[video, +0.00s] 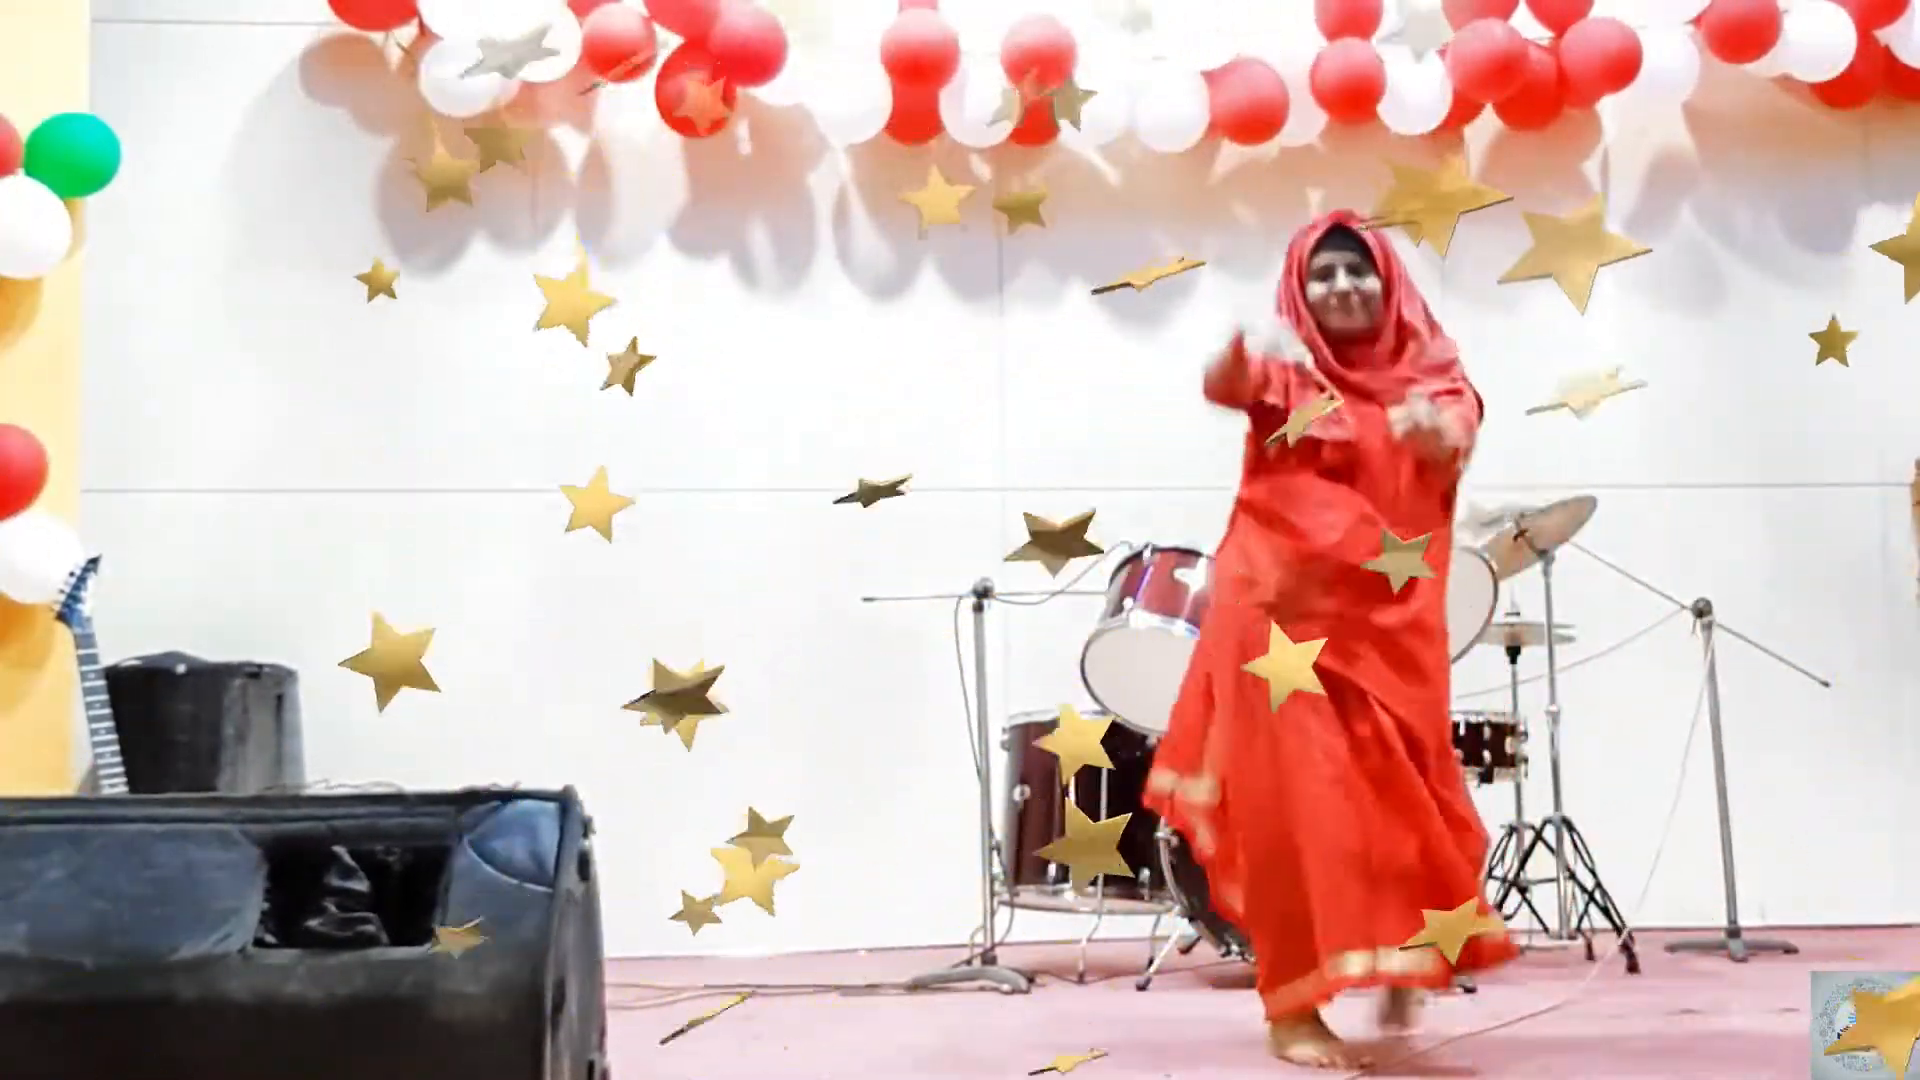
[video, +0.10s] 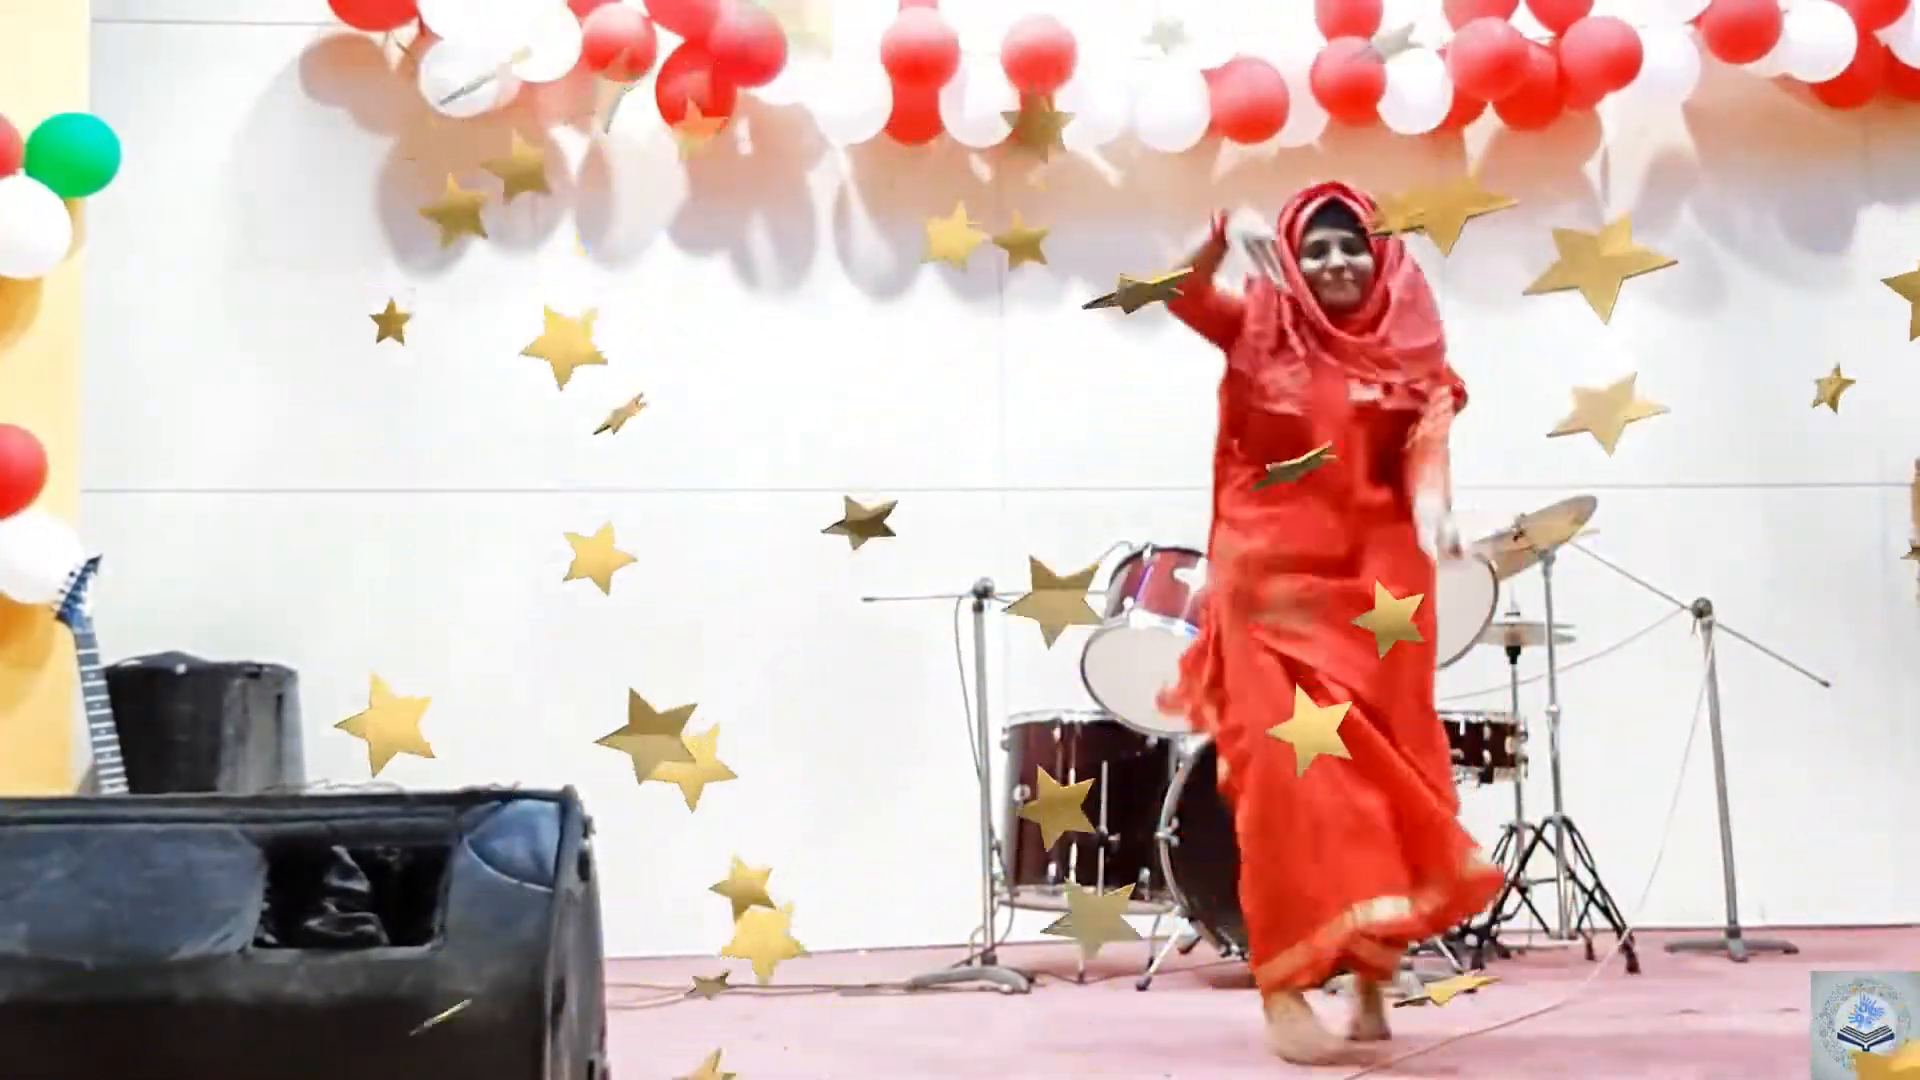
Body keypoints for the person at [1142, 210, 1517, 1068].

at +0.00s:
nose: (1344, 285)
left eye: (1358, 270)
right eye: (1325, 274)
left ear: (1388, 283)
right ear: (1300, 293)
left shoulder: (1434, 380)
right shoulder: (1288, 372)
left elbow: (1454, 428)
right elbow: (1231, 387)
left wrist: (1431, 429)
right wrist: (1235, 363)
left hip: (1388, 634)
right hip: (1280, 631)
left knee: (1394, 799)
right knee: (1294, 805)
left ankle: (1399, 980)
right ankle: (1293, 1008)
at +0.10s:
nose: (1337, 263)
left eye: (1351, 247)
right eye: (1318, 251)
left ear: (1376, 258)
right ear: (1292, 264)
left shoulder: (1409, 355)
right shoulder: (1259, 331)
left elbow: (1429, 449)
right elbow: (1185, 294)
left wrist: (1434, 509)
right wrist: (1216, 241)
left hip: (1376, 578)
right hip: (1268, 579)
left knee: (1379, 764)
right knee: (1280, 766)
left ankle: (1373, 977)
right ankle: (1280, 983)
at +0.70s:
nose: (1227, 351)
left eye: (1243, 334)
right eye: (1211, 336)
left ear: (1269, 342)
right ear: (1186, 348)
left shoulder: (1311, 431)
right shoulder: (1160, 437)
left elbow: (1390, 427)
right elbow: (1110, 536)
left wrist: (1414, 339)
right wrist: (1039, 548)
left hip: (1253, 666)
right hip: (1149, 658)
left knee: (1215, 810)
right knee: (1129, 816)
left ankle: (1297, 985)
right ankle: (1136, 992)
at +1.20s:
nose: (1258, 284)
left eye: (1270, 270)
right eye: (1243, 277)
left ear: (1303, 288)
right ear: (1227, 305)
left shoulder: (1342, 383)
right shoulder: (1212, 377)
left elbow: (1416, 358)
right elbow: (1185, 305)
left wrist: (1406, 270)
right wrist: (1237, 227)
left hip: (1322, 603)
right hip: (1224, 601)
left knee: (1351, 759)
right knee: (1288, 751)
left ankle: (1280, 963)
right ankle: (1238, 942)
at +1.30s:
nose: (1257, 260)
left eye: (1269, 246)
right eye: (1240, 257)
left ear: (1311, 262)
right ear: (1225, 284)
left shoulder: (1366, 352)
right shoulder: (1227, 344)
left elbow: (1444, 319)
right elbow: (1174, 276)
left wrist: (1458, 219)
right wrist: (1181, 167)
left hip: (1347, 593)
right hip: (1251, 594)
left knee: (1408, 740)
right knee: (1335, 763)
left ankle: (1291, 941)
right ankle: (1290, 977)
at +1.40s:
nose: (1262, 265)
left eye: (1274, 251)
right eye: (1241, 264)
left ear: (1314, 267)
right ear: (1225, 298)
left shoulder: (1391, 352)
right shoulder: (1238, 357)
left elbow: (1482, 338)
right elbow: (1172, 329)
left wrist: (1502, 238)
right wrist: (1134, 244)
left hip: (1397, 582)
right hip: (1290, 584)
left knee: (1390, 779)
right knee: (1348, 783)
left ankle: (1285, 972)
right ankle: (1394, 1012)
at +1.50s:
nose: (1276, 311)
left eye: (1288, 295)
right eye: (1255, 309)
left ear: (1326, 310)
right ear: (1235, 343)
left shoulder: (1402, 397)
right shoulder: (1252, 407)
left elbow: (1498, 392)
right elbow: (1185, 384)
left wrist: (1521, 309)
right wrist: (1121, 313)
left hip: (1419, 606)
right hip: (1310, 607)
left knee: (1401, 801)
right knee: (1373, 798)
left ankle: (1290, 960)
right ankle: (1391, 1026)